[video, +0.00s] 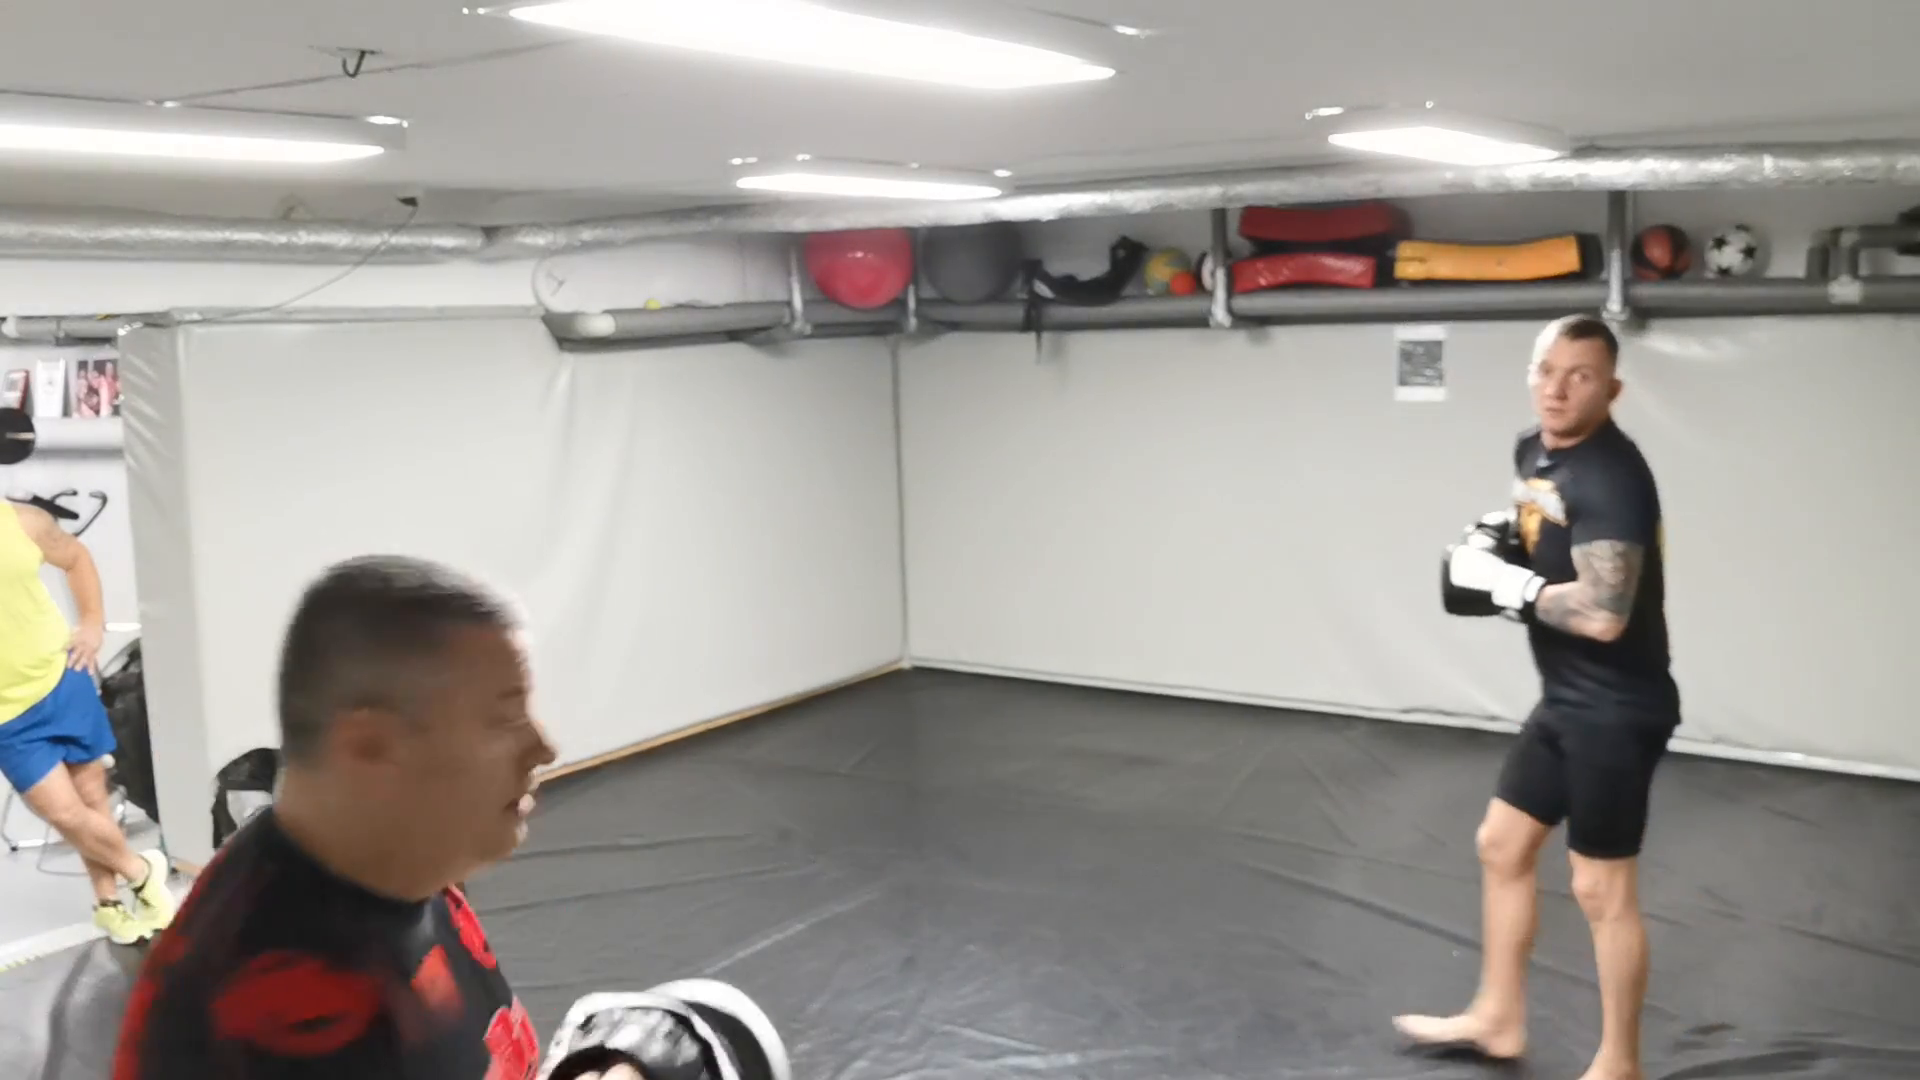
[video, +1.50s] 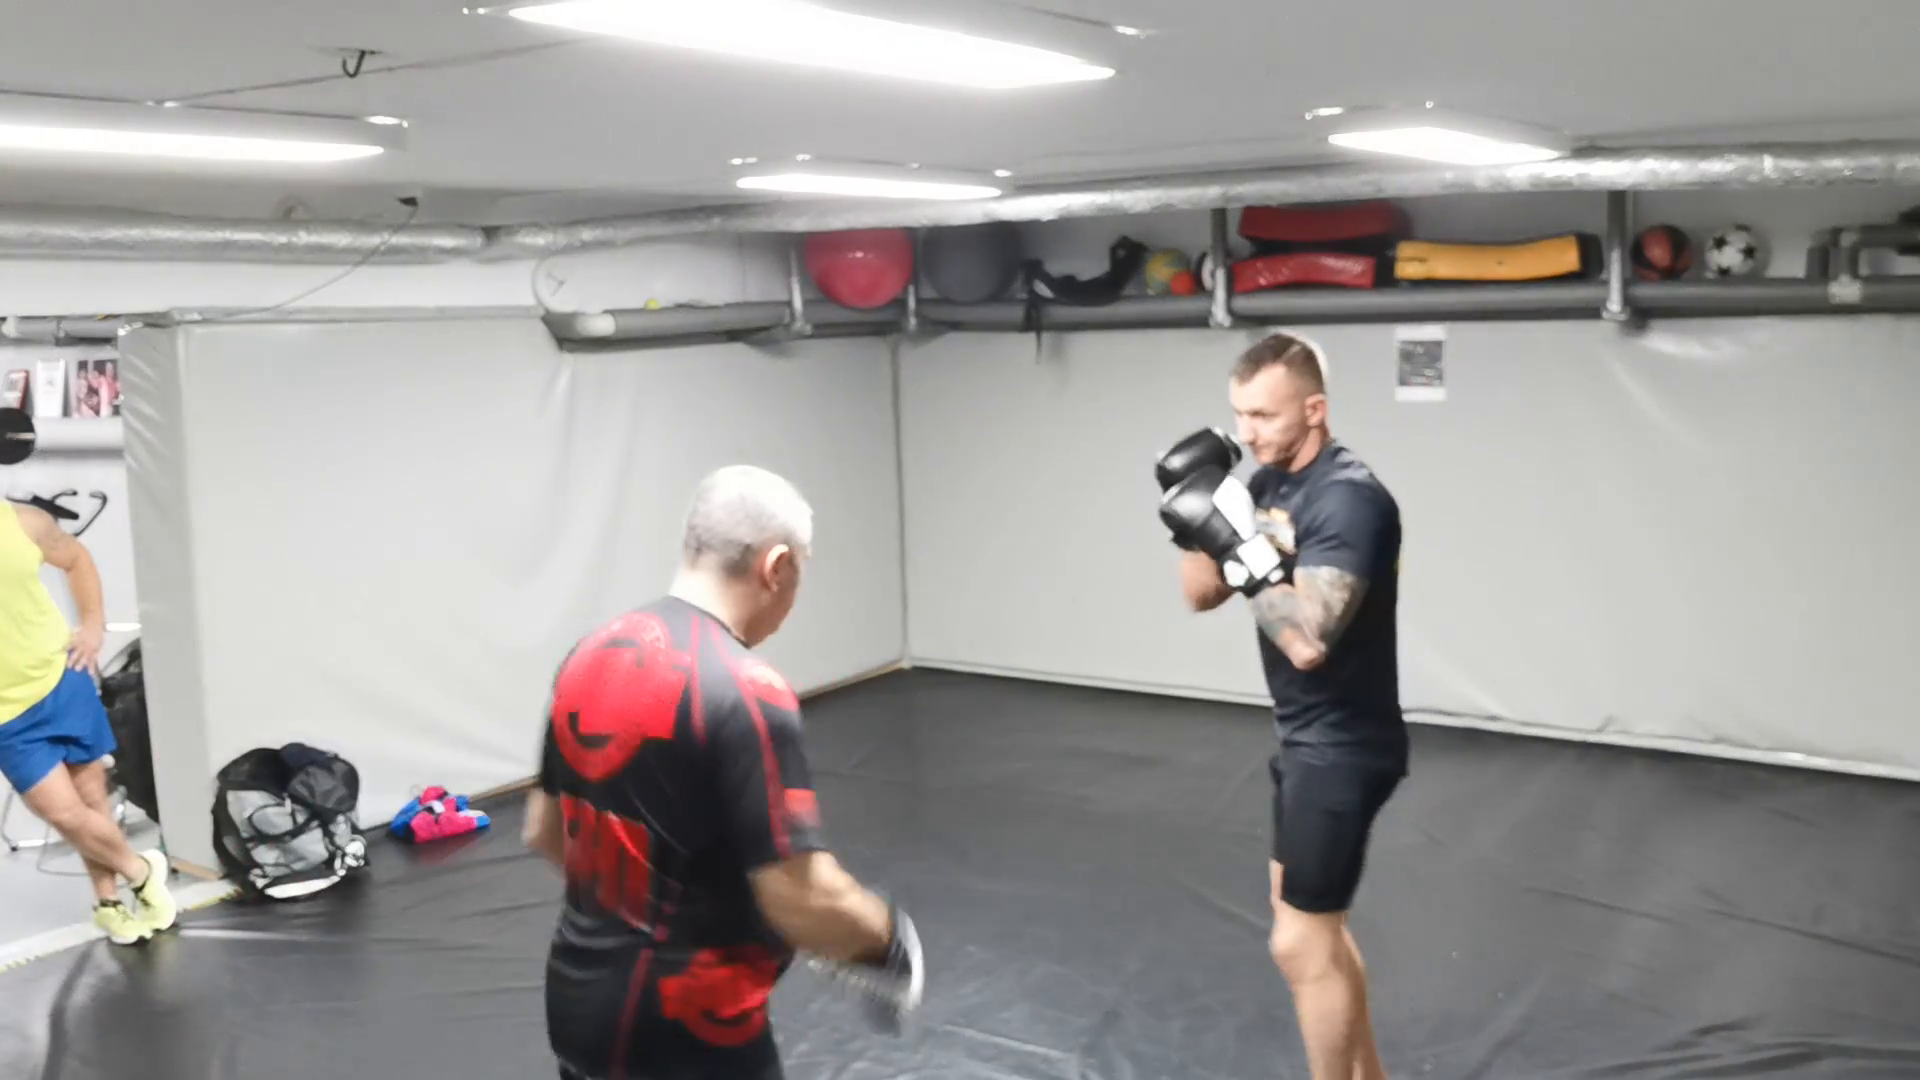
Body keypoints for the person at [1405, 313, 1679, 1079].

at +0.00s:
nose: (1557, 389)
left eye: (1577, 377)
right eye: (1546, 372)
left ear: (1611, 389)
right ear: (1531, 377)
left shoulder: (1613, 476)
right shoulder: (1536, 449)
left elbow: (1604, 615)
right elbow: (1545, 545)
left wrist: (1510, 585)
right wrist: (1497, 545)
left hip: (1620, 707)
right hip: (1565, 694)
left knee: (1603, 889)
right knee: (1504, 846)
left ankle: (1619, 1059)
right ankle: (1498, 1018)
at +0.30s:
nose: (1480, 392)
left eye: (1500, 377)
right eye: (1469, 376)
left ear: (1533, 391)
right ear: (1457, 386)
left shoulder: (1566, 486)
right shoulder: (1468, 481)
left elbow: (1591, 622)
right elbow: (1470, 581)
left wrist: (1482, 603)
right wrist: (1426, 575)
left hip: (1556, 725)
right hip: (1488, 716)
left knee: (1572, 896)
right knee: (1453, 878)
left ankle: (1616, 1059)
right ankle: (1422, 1046)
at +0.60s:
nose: (1383, 391)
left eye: (1400, 376)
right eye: (1375, 377)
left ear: (1443, 382)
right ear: (1368, 384)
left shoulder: (1488, 469)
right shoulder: (1372, 479)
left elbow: (1539, 592)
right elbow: (1377, 577)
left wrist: (1435, 573)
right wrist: (1336, 568)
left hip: (1481, 708)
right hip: (1412, 703)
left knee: (1455, 898)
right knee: (1409, 874)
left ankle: (1581, 1027)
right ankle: (1419, 1048)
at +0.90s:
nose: (1327, 405)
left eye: (1343, 389)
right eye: (1319, 391)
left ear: (1387, 391)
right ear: (1314, 397)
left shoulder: (1439, 473)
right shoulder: (1324, 486)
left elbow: (1468, 607)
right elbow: (1286, 609)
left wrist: (1380, 550)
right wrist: (1272, 534)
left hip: (1430, 711)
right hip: (1366, 710)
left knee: (1381, 907)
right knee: (1396, 897)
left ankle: (1393, 1065)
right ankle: (1420, 1053)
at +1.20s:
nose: (1278, 437)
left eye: (1294, 420)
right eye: (1272, 420)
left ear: (1345, 418)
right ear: (1268, 420)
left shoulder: (1389, 504)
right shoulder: (1292, 497)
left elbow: (1355, 647)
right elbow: (1241, 615)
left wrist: (1290, 568)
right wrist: (1231, 538)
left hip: (1383, 744)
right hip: (1333, 735)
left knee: (1336, 945)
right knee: (1313, 889)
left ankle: (1345, 1073)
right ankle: (1407, 1036)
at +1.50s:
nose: (1247, 434)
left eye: (1262, 415)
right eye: (1241, 415)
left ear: (1314, 410)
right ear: (1240, 413)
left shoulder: (1350, 498)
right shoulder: (1268, 481)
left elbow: (1308, 641)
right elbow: (1201, 590)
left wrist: (1245, 551)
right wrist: (1200, 506)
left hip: (1342, 748)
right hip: (1301, 737)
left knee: (1303, 951)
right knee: (1302, 921)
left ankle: (1338, 1079)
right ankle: (1366, 1070)